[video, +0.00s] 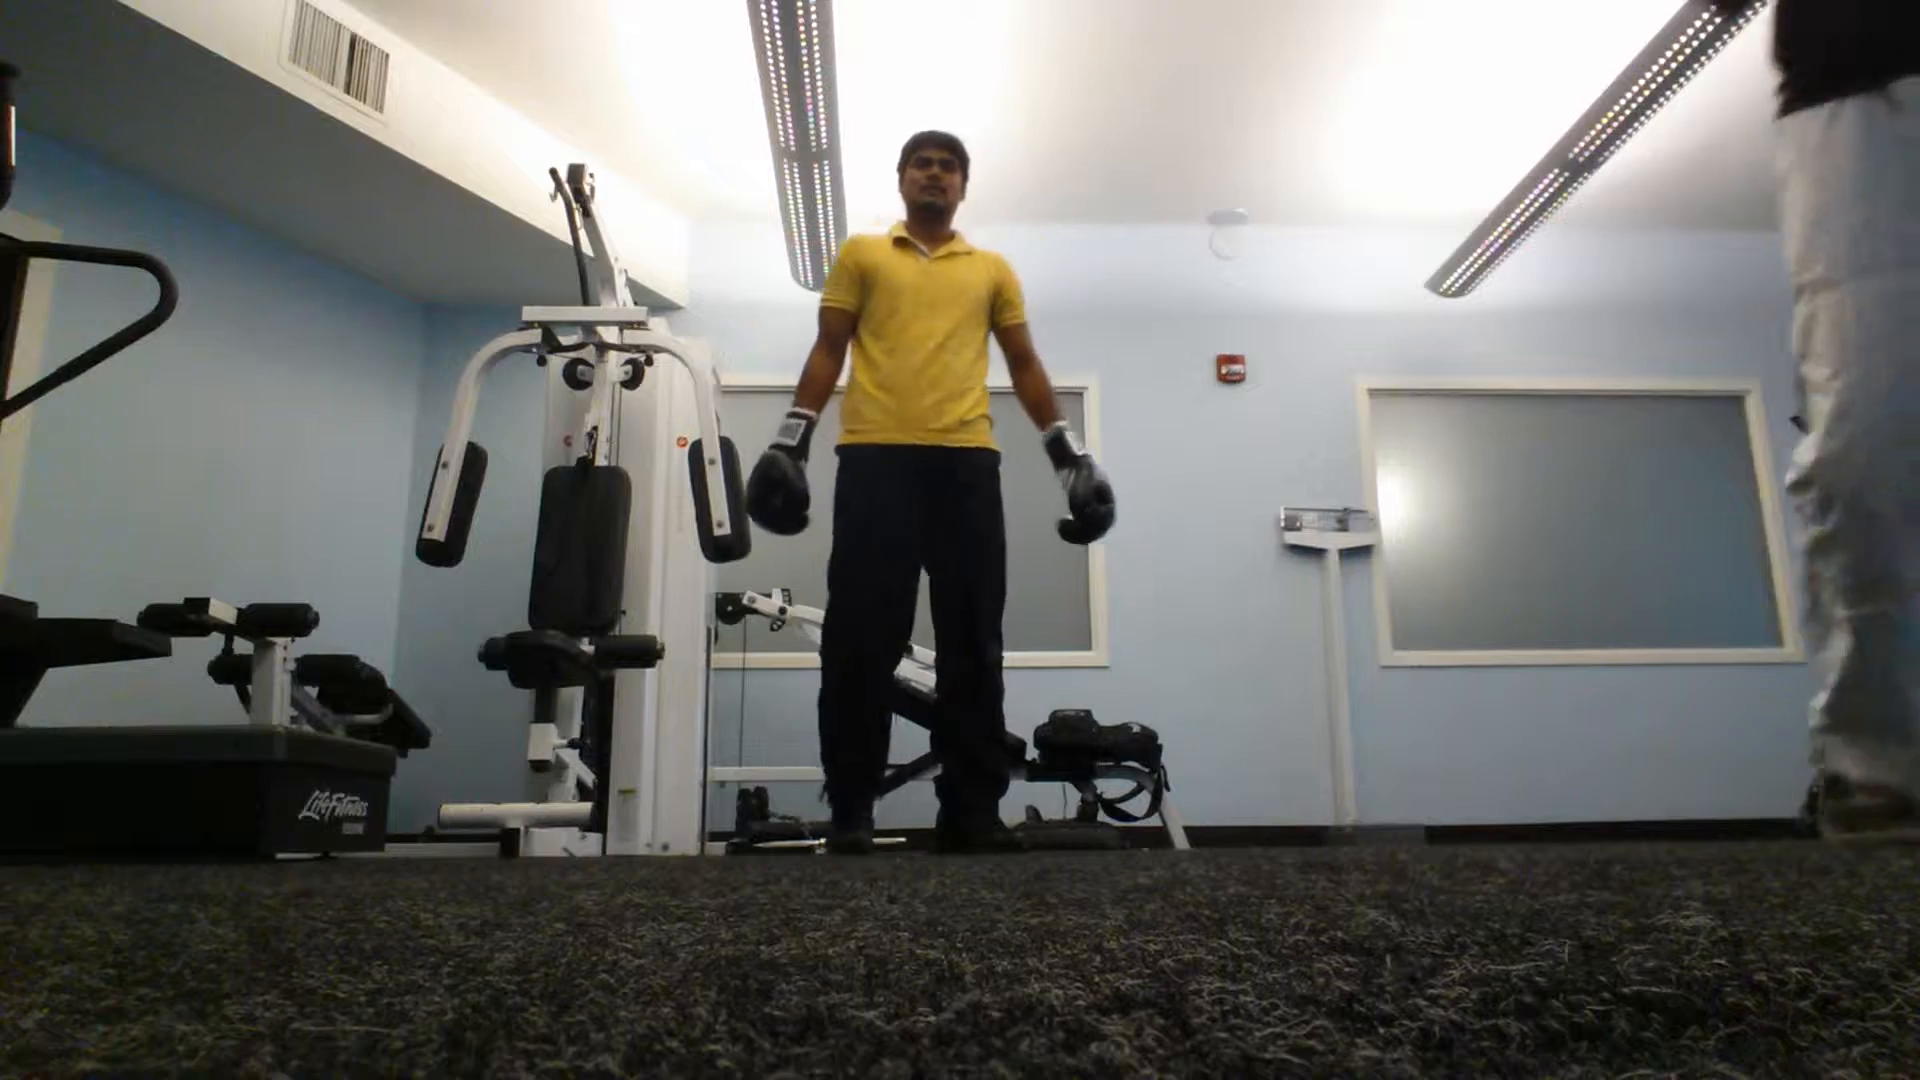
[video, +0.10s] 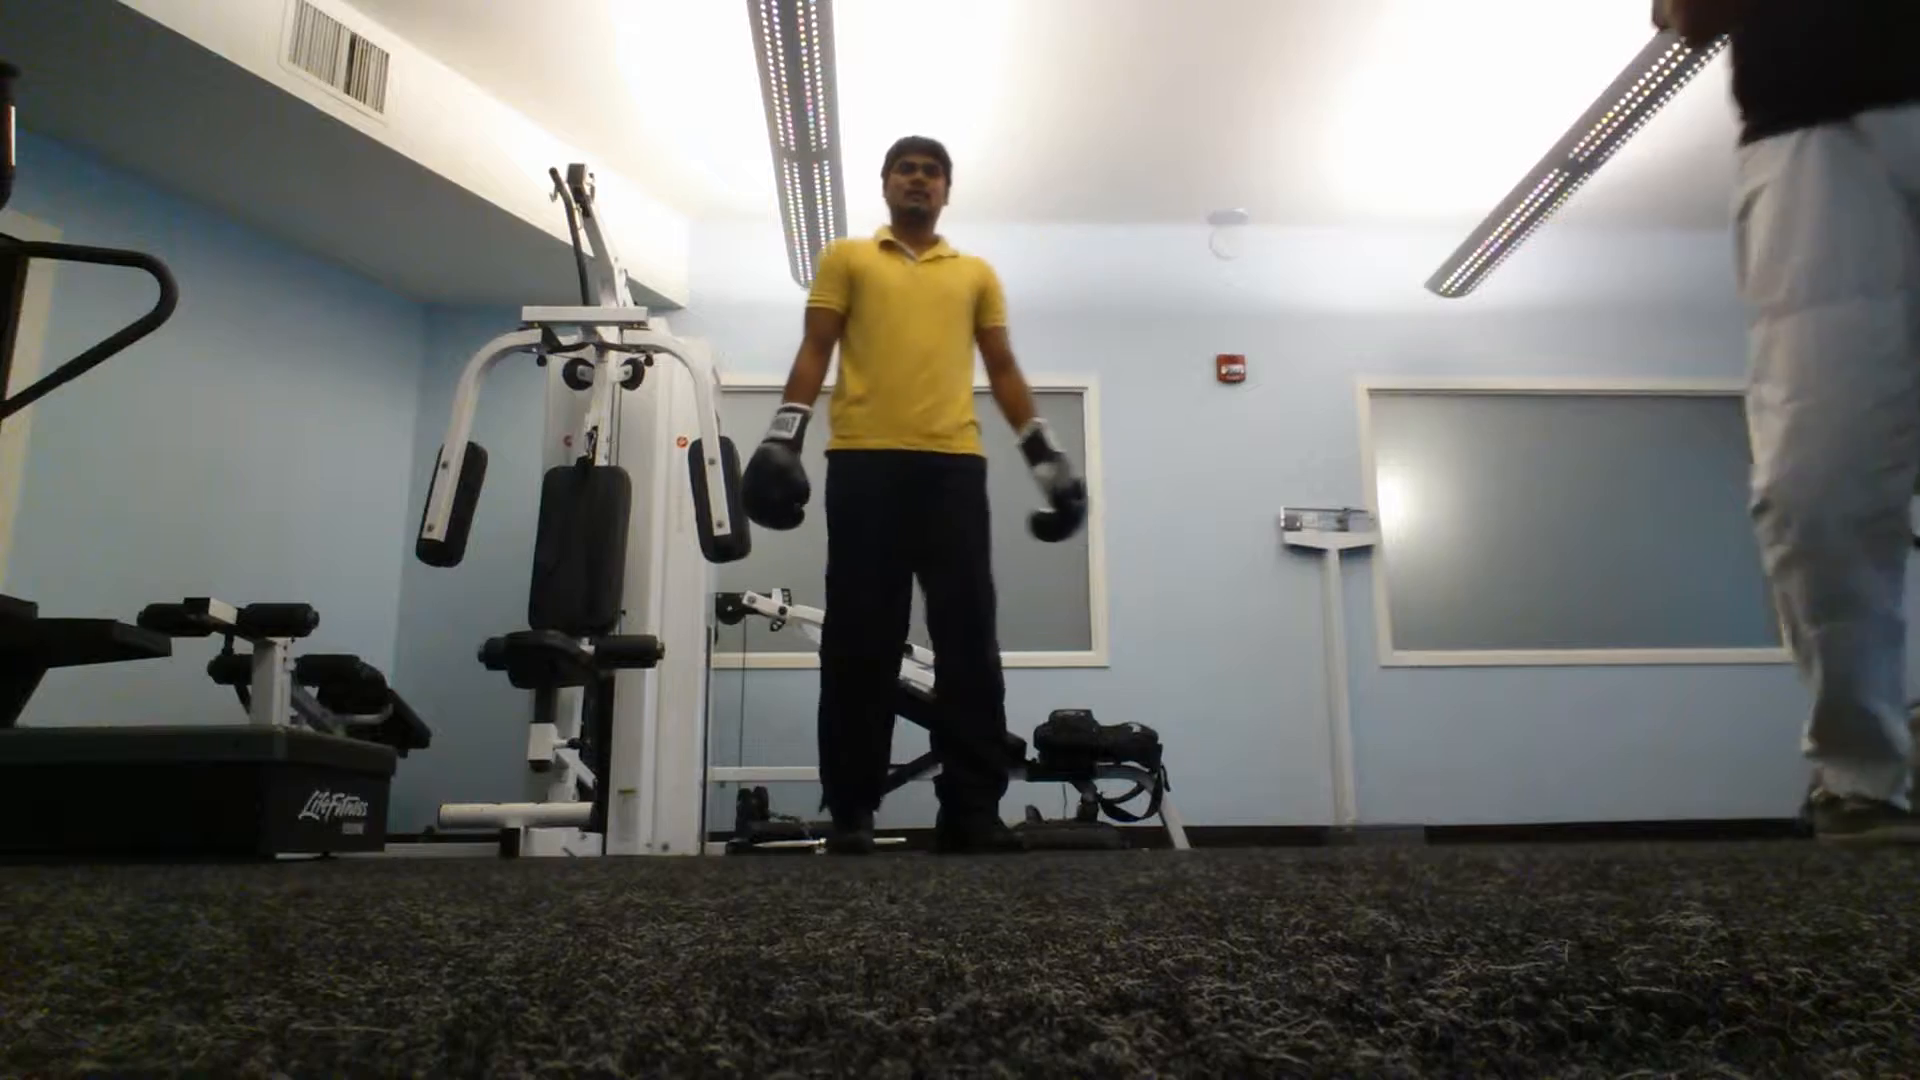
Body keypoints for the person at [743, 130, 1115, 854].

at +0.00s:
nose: (934, 175)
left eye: (947, 166)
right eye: (921, 165)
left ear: (964, 185)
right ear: (900, 180)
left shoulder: (990, 270)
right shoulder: (863, 256)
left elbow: (1026, 364)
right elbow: (828, 349)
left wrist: (1069, 456)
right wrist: (789, 443)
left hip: (966, 464)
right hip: (876, 463)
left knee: (973, 637)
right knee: (862, 635)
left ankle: (972, 813)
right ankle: (851, 812)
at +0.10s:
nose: (918, 180)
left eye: (931, 171)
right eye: (906, 169)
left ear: (948, 189)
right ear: (884, 185)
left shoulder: (974, 274)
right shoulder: (848, 259)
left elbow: (1004, 369)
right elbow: (815, 349)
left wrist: (1045, 455)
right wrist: (781, 438)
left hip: (953, 470)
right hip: (866, 468)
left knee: (968, 639)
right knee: (862, 639)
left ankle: (971, 813)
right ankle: (852, 813)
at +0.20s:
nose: (902, 187)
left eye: (915, 178)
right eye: (889, 177)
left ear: (933, 196)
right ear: (868, 193)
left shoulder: (960, 278)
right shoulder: (837, 265)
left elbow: (985, 368)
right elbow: (804, 348)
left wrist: (1012, 452)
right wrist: (782, 429)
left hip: (941, 476)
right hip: (857, 473)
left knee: (956, 642)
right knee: (859, 644)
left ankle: (971, 813)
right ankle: (850, 814)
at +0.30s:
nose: (889, 191)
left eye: (902, 182)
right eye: (877, 182)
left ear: (920, 199)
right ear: (857, 197)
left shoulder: (951, 281)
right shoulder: (828, 273)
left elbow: (972, 375)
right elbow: (795, 359)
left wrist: (984, 457)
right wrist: (787, 436)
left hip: (934, 481)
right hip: (850, 479)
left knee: (947, 648)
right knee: (852, 652)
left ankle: (968, 810)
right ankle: (850, 814)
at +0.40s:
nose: (883, 196)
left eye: (895, 187)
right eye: (870, 186)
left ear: (912, 201)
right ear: (849, 199)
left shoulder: (943, 280)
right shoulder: (824, 274)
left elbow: (968, 373)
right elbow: (799, 360)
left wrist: (975, 445)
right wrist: (792, 440)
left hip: (929, 481)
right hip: (849, 481)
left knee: (943, 647)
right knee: (851, 654)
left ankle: (961, 807)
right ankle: (851, 815)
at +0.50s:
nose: (880, 201)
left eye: (892, 192)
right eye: (867, 191)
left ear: (909, 206)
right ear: (846, 205)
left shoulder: (939, 285)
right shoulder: (822, 279)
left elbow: (966, 376)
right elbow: (799, 367)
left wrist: (975, 446)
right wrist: (801, 453)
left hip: (929, 486)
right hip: (848, 484)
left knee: (946, 647)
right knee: (851, 656)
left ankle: (955, 808)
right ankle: (851, 816)